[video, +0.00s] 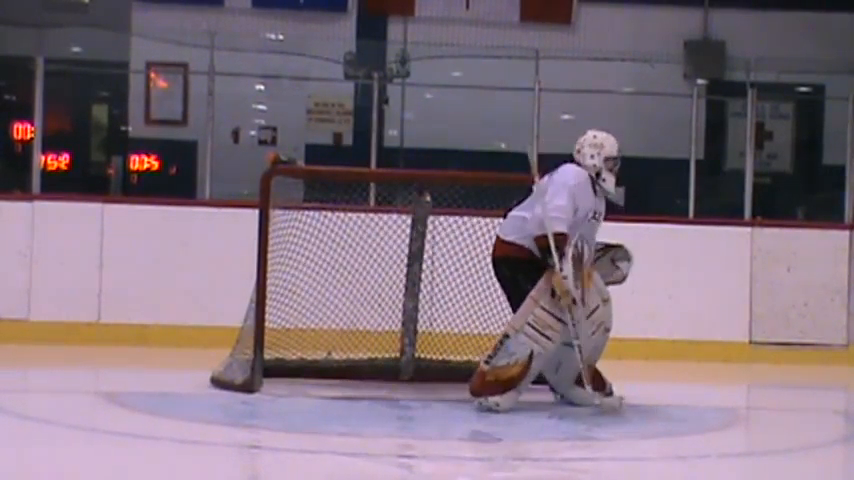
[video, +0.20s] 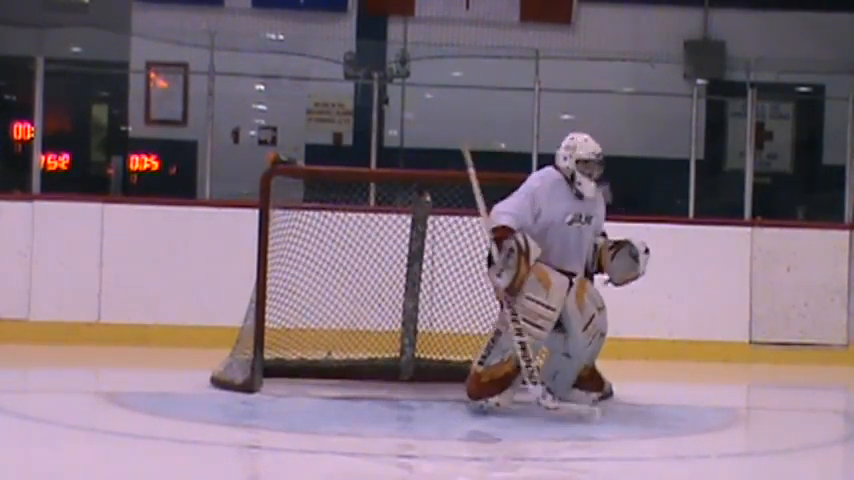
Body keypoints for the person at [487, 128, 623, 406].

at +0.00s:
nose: (614, 167)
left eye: (615, 161)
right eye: (610, 160)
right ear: (593, 159)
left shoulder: (596, 197)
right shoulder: (569, 175)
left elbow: (584, 240)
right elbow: (555, 224)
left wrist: (594, 264)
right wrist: (560, 271)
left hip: (542, 254)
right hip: (515, 250)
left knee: (559, 316)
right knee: (536, 320)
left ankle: (571, 378)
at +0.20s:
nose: (593, 172)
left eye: (597, 165)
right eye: (587, 164)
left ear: (600, 165)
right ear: (567, 162)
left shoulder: (594, 194)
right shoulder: (544, 183)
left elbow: (591, 242)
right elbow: (504, 213)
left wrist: (611, 258)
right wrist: (508, 245)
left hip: (576, 282)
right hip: (539, 276)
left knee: (589, 329)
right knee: (524, 334)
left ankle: (565, 384)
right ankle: (487, 387)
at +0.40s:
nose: (536, 178)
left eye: (542, 172)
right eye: (529, 172)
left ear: (551, 173)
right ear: (516, 171)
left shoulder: (570, 202)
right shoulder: (494, 196)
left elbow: (581, 244)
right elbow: (462, 212)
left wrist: (598, 250)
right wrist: (442, 229)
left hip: (547, 283)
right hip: (497, 280)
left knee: (568, 332)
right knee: (484, 333)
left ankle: (581, 381)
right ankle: (456, 386)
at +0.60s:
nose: (501, 174)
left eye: (507, 168)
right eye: (494, 167)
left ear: (516, 169)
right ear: (480, 167)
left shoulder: (531, 196)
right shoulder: (457, 195)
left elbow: (547, 236)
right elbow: (420, 219)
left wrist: (566, 243)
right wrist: (406, 239)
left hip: (512, 282)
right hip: (464, 280)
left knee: (531, 336)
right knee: (460, 340)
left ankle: (550, 388)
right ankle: (442, 402)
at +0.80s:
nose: (489, 159)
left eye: (495, 153)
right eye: (482, 152)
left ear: (504, 154)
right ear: (469, 153)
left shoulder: (517, 188)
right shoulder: (445, 182)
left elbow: (521, 241)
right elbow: (404, 224)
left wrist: (552, 236)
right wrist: (416, 261)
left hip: (489, 280)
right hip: (445, 276)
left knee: (522, 332)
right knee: (468, 336)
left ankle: (538, 392)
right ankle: (422, 401)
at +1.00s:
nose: (488, 150)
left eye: (495, 144)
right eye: (482, 142)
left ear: (503, 146)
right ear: (467, 142)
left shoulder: (514, 182)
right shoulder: (447, 172)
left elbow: (516, 230)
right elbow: (407, 219)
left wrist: (547, 228)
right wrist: (420, 258)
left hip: (482, 268)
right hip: (441, 266)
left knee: (516, 331)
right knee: (445, 339)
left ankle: (541, 403)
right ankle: (414, 401)